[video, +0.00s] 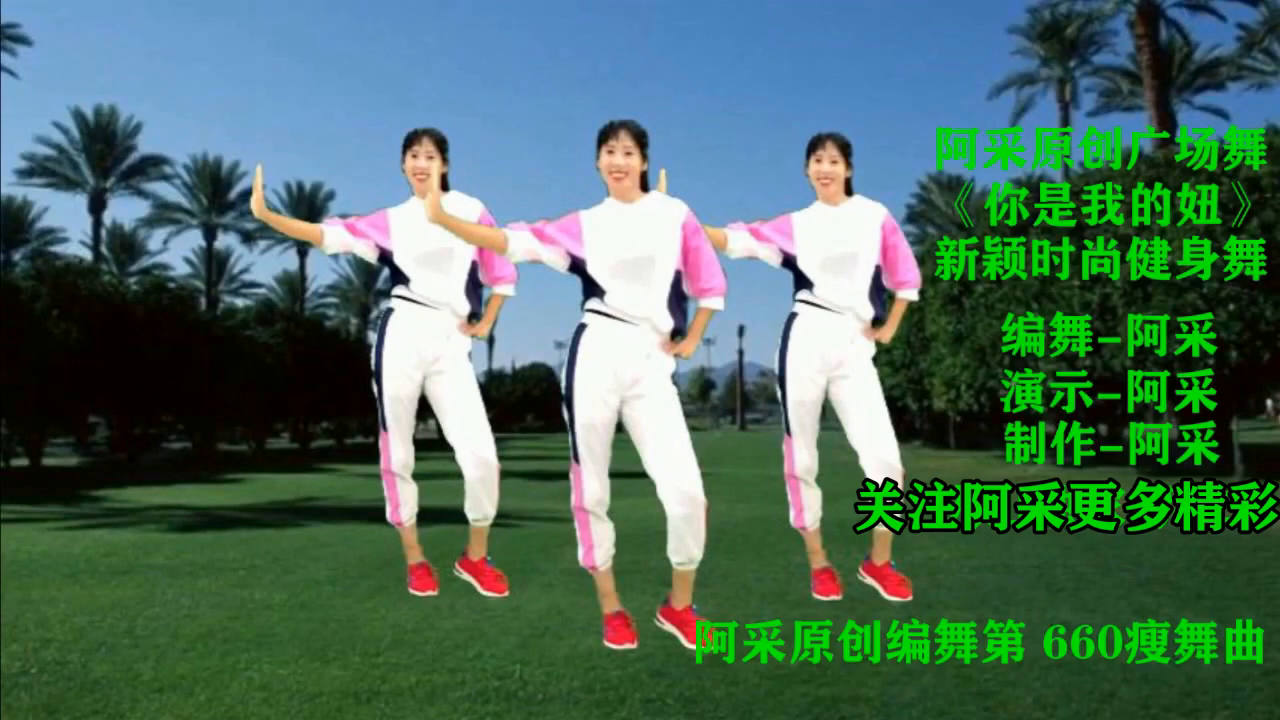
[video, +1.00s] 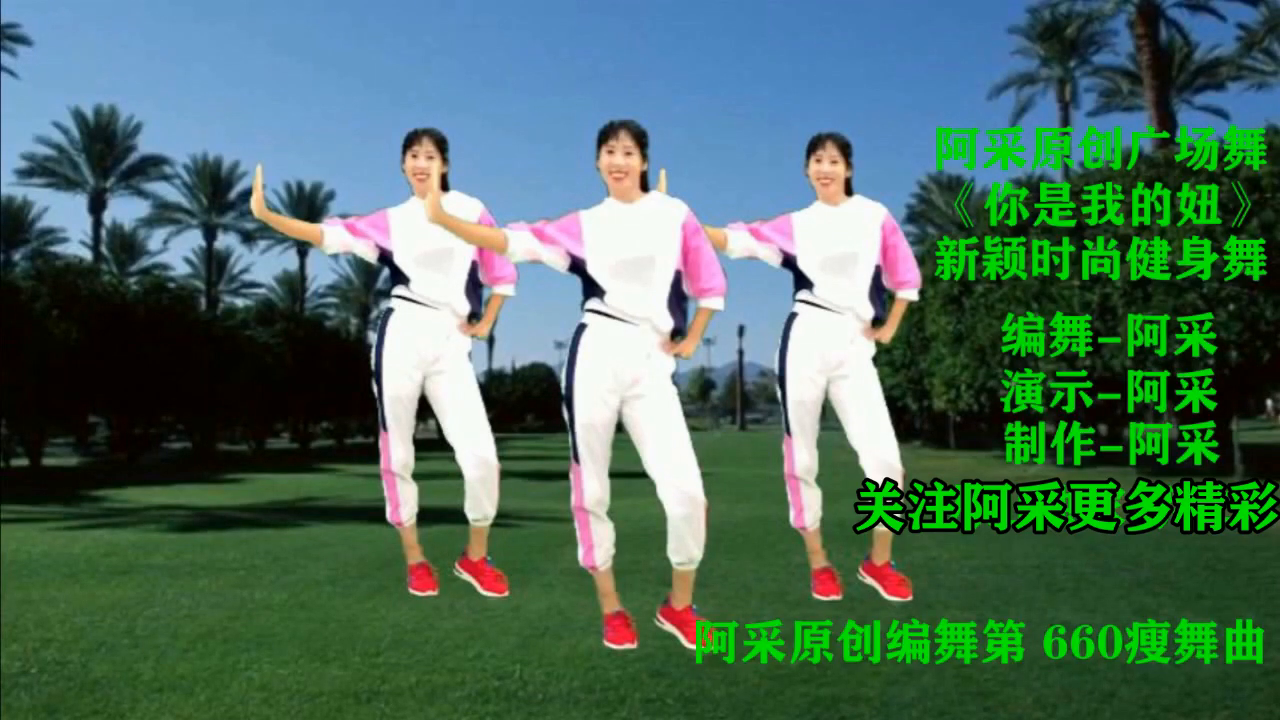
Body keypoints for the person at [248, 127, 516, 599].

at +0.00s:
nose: (420, 164)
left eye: (428, 157)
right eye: (412, 157)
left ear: (444, 165)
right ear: (404, 166)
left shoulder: (473, 211)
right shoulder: (393, 220)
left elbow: (503, 273)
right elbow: (327, 235)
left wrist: (485, 324)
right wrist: (265, 215)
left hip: (451, 335)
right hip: (401, 331)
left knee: (482, 456)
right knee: (399, 453)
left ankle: (476, 557)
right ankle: (415, 561)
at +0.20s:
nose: (420, 164)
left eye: (428, 157)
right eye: (412, 157)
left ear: (444, 165)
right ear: (404, 166)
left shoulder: (473, 211)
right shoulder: (393, 220)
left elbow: (503, 273)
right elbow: (327, 235)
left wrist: (484, 325)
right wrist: (265, 214)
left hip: (451, 335)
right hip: (401, 331)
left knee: (482, 457)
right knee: (399, 453)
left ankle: (476, 557)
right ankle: (415, 561)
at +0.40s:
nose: (420, 164)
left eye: (428, 157)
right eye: (412, 157)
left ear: (444, 165)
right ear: (403, 166)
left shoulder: (473, 211)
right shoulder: (393, 220)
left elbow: (503, 273)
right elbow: (327, 235)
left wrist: (485, 325)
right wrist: (265, 215)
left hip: (451, 335)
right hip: (401, 331)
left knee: (482, 456)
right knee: (399, 453)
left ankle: (476, 557)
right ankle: (415, 561)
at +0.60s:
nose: (420, 164)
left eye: (428, 157)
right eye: (412, 157)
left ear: (444, 165)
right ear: (403, 166)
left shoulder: (473, 211)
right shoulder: (393, 220)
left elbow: (503, 273)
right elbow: (327, 235)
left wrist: (485, 325)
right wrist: (265, 215)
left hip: (451, 335)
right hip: (401, 331)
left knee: (482, 456)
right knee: (399, 453)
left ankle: (476, 557)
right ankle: (415, 561)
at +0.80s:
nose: (420, 164)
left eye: (428, 157)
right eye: (412, 157)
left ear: (444, 165)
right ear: (403, 166)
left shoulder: (473, 211)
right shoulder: (393, 220)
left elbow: (503, 273)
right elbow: (327, 235)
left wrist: (484, 325)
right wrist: (265, 215)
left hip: (451, 335)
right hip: (401, 331)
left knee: (482, 456)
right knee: (399, 453)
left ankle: (476, 557)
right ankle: (415, 561)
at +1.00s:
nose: (420, 164)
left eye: (428, 157)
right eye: (412, 157)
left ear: (444, 165)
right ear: (403, 166)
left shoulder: (473, 211)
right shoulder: (393, 220)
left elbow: (503, 273)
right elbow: (327, 235)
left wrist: (484, 325)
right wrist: (265, 215)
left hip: (451, 335)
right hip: (401, 331)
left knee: (482, 456)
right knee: (399, 453)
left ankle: (476, 557)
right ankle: (415, 561)